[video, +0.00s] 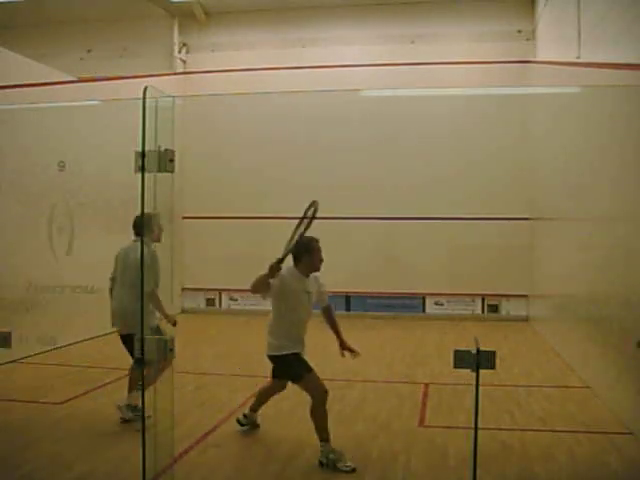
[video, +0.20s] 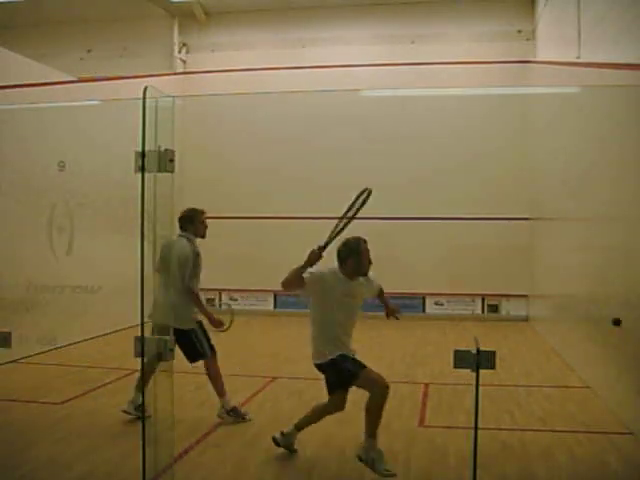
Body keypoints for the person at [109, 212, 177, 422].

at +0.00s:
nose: (162, 230)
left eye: (160, 225)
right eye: (159, 226)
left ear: (138, 230)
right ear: (150, 229)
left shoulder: (123, 252)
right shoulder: (149, 253)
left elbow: (113, 285)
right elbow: (150, 291)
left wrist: (118, 311)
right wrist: (167, 315)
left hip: (122, 322)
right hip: (140, 322)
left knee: (139, 361)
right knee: (165, 357)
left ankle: (132, 404)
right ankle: (133, 398)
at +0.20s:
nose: (206, 226)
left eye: (205, 222)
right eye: (203, 223)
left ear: (185, 226)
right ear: (192, 226)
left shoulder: (168, 245)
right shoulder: (190, 250)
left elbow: (158, 269)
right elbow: (189, 288)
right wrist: (210, 316)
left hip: (161, 315)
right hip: (182, 316)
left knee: (154, 357)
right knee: (209, 356)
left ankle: (136, 400)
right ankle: (226, 406)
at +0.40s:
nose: (241, 231)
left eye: (240, 226)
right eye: (239, 227)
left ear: (218, 230)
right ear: (230, 230)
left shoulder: (199, 252)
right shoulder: (232, 257)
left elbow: (190, 285)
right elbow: (237, 297)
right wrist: (249, 325)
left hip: (193, 319)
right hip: (218, 321)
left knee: (176, 357)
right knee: (237, 358)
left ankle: (154, 396)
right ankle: (228, 409)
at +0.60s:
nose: (255, 227)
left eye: (254, 223)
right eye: (254, 223)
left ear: (233, 226)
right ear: (249, 226)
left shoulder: (216, 246)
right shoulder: (252, 248)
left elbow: (200, 274)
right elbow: (256, 286)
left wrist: (203, 297)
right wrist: (252, 310)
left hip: (204, 305)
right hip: (231, 307)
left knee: (204, 351)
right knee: (254, 350)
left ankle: (194, 400)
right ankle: (245, 403)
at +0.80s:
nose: (259, 261)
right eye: (258, 258)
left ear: (237, 261)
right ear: (256, 260)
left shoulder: (224, 280)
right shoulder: (262, 282)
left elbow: (204, 303)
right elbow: (272, 319)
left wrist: (198, 332)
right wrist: (251, 317)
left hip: (219, 336)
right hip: (246, 337)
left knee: (220, 361)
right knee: (274, 378)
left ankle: (206, 399)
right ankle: (268, 432)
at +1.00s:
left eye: (207, 253)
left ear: (205, 255)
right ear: (223, 253)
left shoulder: (201, 276)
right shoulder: (236, 272)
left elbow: (194, 308)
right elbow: (253, 304)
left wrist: (190, 337)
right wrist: (237, 317)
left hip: (211, 330)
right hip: (238, 328)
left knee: (208, 363)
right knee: (252, 369)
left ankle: (220, 406)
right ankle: (265, 404)